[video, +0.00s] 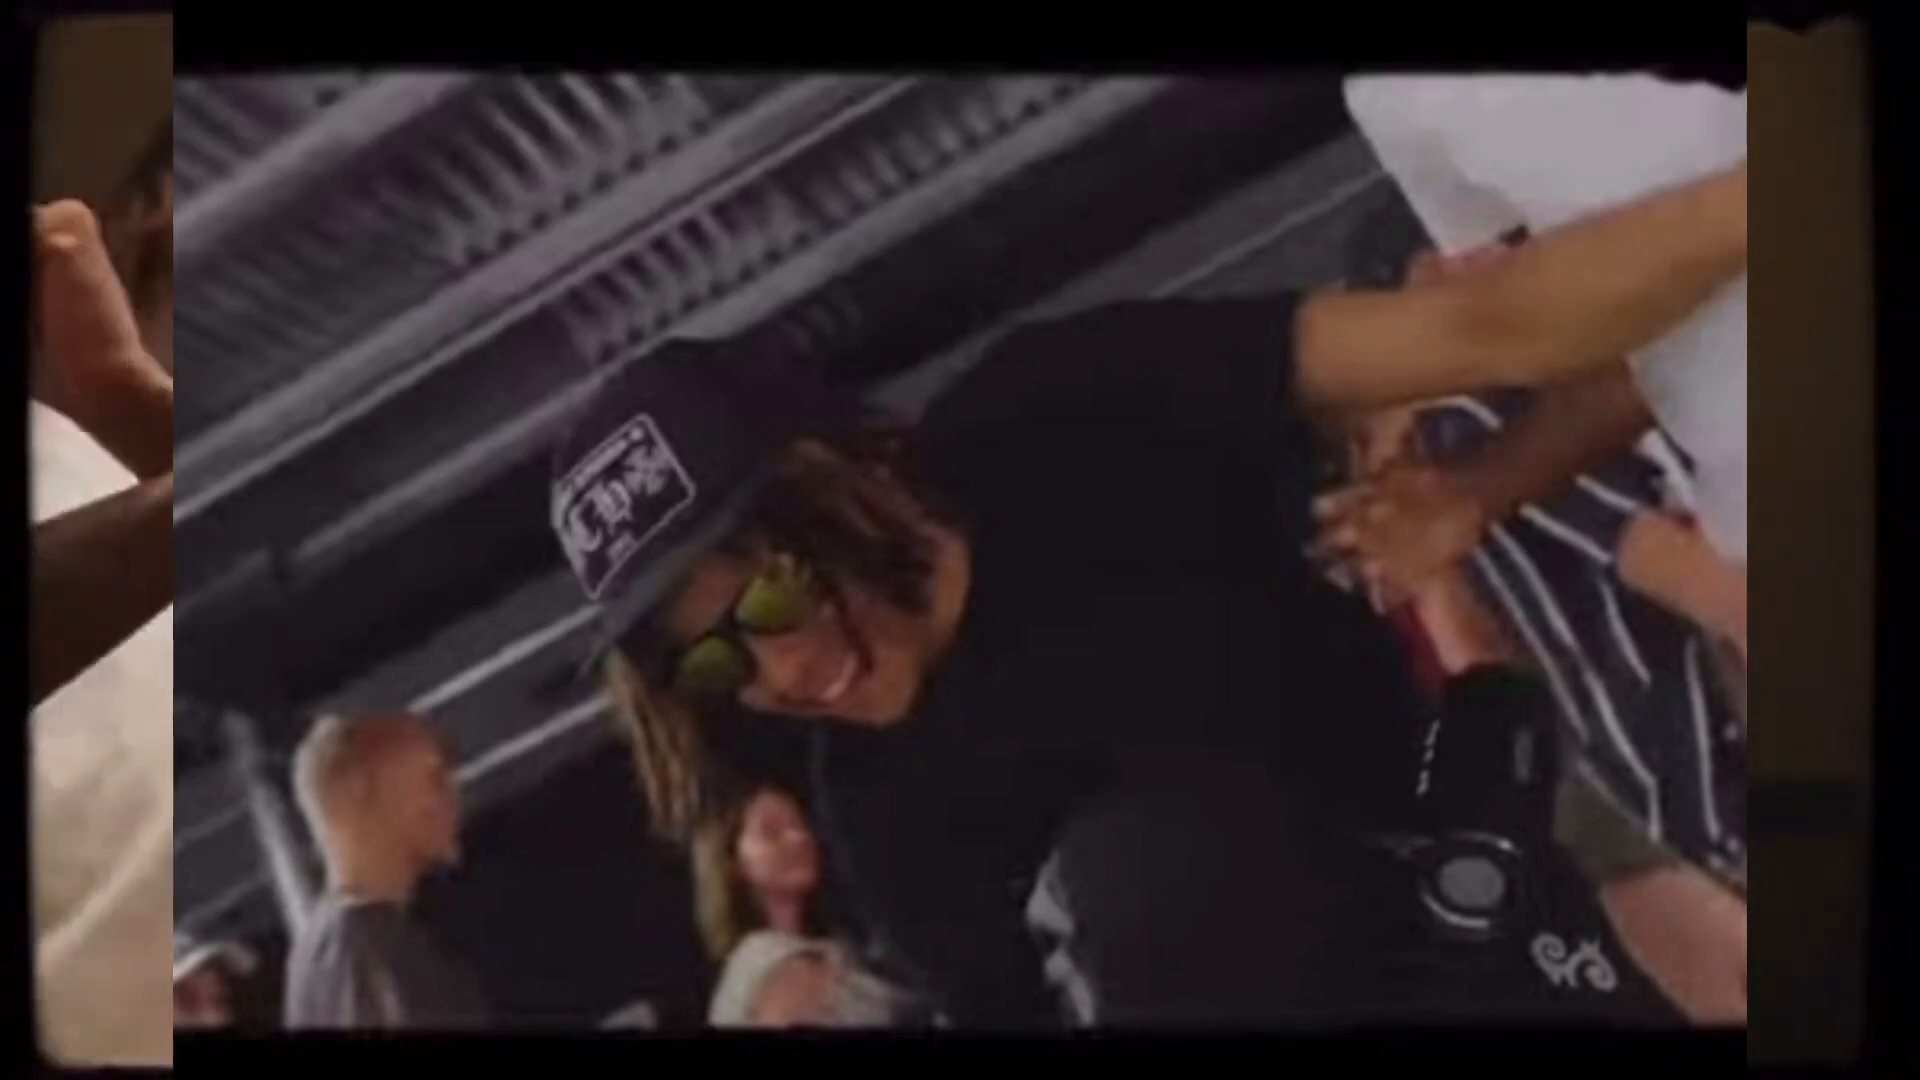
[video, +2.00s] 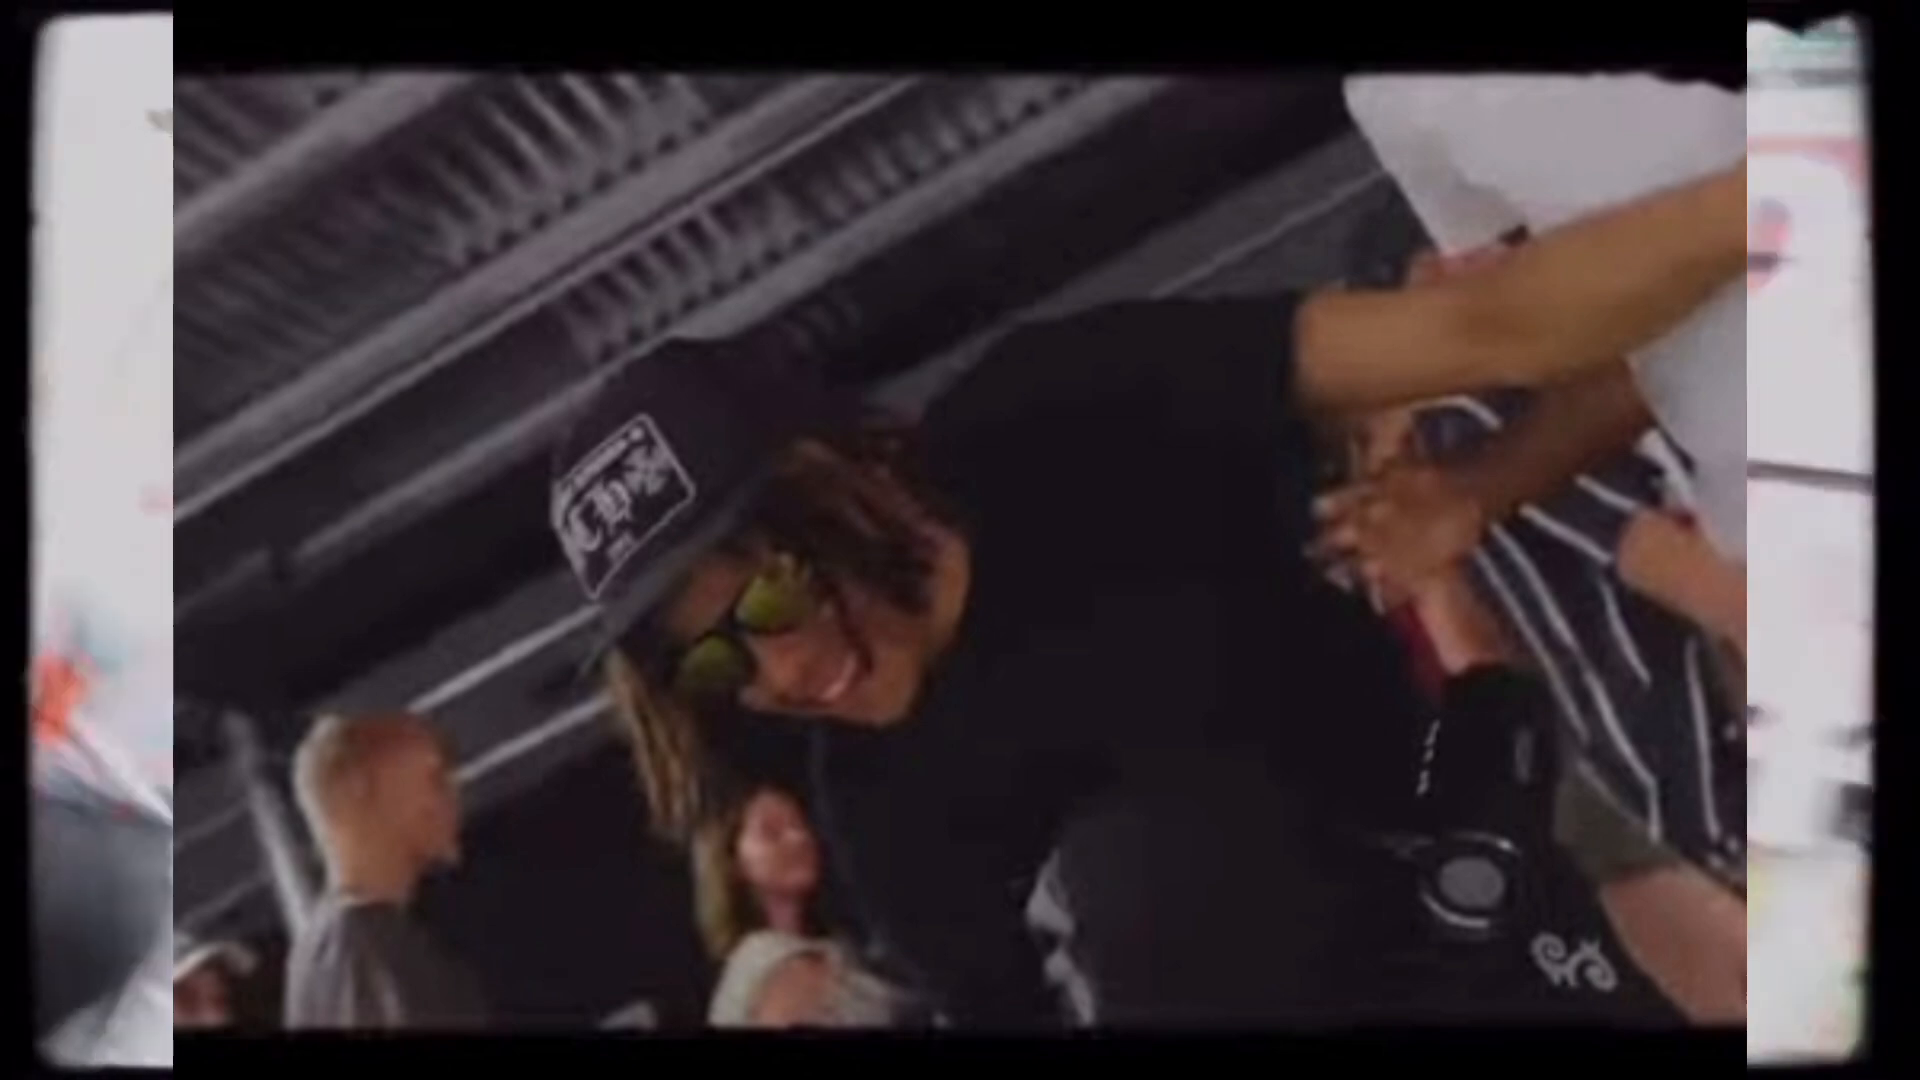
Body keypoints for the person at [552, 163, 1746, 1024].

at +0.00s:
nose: (768, 660)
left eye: (761, 586)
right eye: (709, 657)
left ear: (834, 478)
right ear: (687, 687)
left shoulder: (1050, 404)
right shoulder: (888, 843)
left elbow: (1469, 329)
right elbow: (1032, 1023)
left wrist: (1762, 200)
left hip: (1475, 843)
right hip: (1239, 974)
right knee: (1135, 869)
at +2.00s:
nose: (769, 657)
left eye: (760, 583)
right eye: (710, 655)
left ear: (833, 476)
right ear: (689, 686)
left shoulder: (1056, 402)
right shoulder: (887, 843)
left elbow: (1468, 328)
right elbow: (1029, 1023)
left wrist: (1779, 193)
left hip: (1475, 837)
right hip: (1246, 969)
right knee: (1138, 859)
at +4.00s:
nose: (767, 658)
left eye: (760, 583)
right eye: (708, 655)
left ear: (835, 477)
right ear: (687, 687)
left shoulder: (1053, 402)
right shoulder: (888, 846)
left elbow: (1474, 329)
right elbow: (1032, 1025)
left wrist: (1773, 188)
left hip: (1478, 836)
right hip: (1252, 971)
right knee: (1136, 864)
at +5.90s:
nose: (766, 659)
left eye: (759, 585)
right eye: (707, 655)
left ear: (834, 478)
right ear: (686, 685)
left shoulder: (1052, 404)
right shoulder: (887, 846)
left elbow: (1469, 329)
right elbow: (1032, 1025)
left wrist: (1768, 198)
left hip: (1475, 844)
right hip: (1246, 976)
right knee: (1134, 868)